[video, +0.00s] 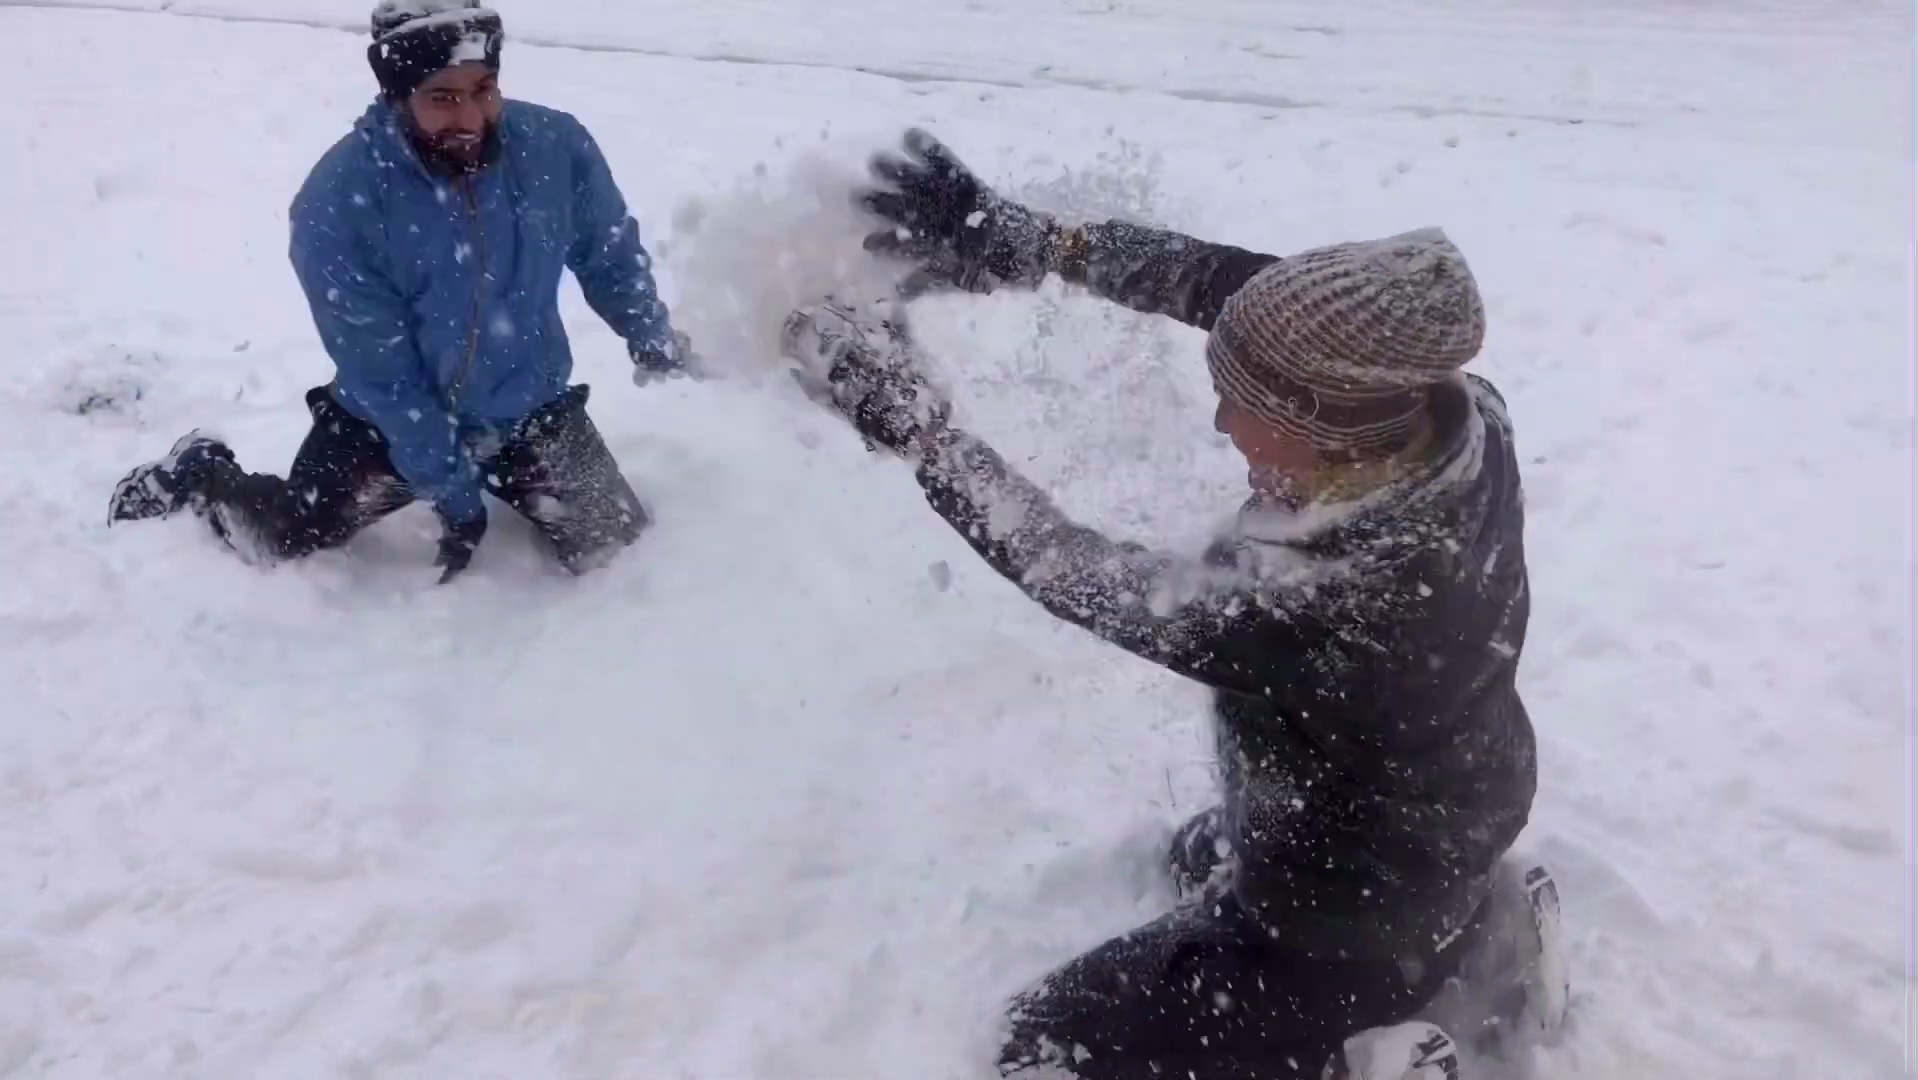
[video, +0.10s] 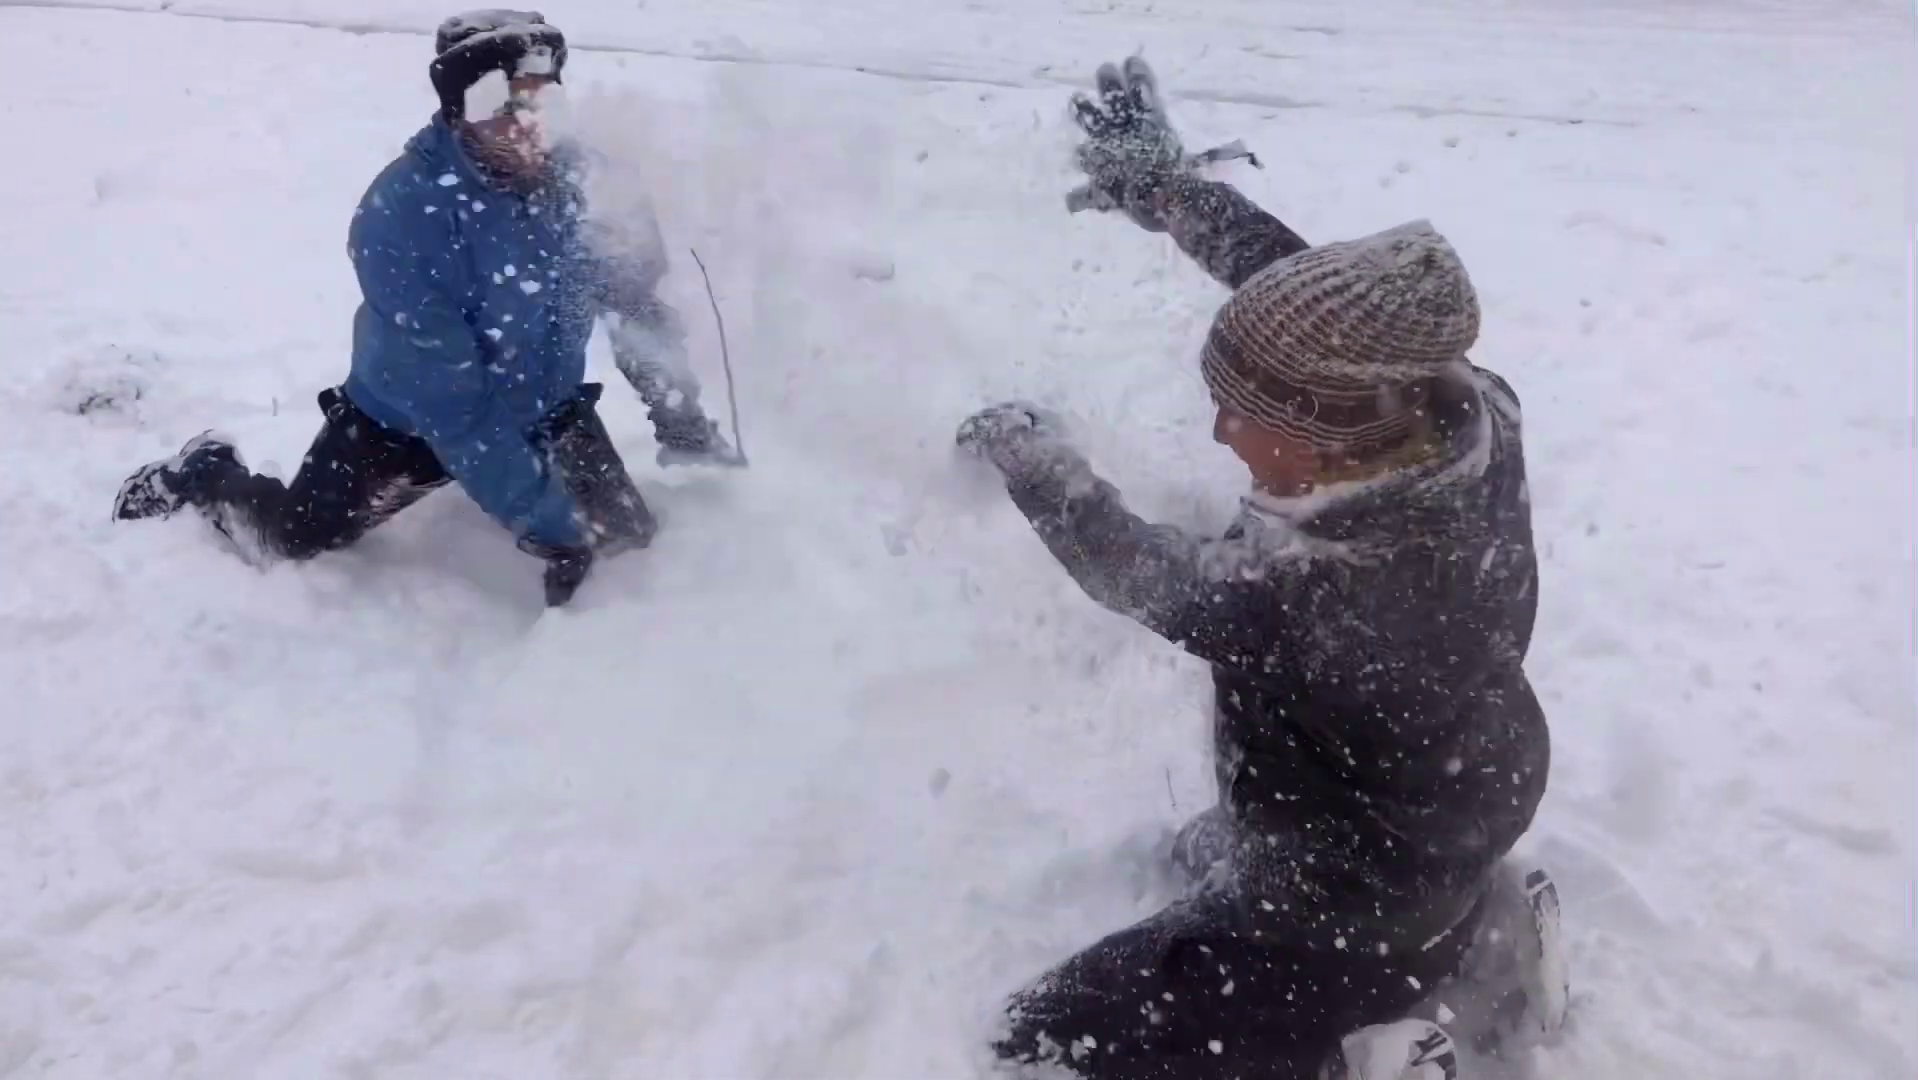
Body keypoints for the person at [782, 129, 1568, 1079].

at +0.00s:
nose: (1229, 428)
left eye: (1252, 418)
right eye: (1235, 404)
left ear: (1342, 436)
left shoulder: (1335, 618)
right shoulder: (1439, 409)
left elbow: (1079, 573)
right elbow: (1224, 289)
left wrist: (916, 422)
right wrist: (1013, 239)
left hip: (1366, 905)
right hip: (1448, 791)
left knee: (1045, 1042)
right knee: (1200, 860)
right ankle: (1445, 905)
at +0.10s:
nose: (1223, 428)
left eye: (1242, 415)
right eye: (1227, 406)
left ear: (1330, 431)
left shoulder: (1334, 592)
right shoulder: (1460, 407)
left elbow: (1142, 576)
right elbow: (1321, 291)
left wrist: (1034, 459)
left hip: (1389, 877)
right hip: (1467, 761)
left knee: (1045, 1043)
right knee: (1205, 855)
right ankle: (1469, 929)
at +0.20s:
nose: (1219, 445)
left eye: (1237, 431)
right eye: (1222, 423)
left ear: (1326, 447)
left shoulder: (1331, 614)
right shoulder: (1487, 422)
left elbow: (1147, 626)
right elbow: (1405, 303)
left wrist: (1135, 475)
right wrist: (1293, 192)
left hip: (1365, 911)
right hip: (1484, 791)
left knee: (1035, 1039)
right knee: (1203, 852)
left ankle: (1330, 1055)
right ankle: (1462, 935)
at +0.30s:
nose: (1221, 463)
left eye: (1238, 445)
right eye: (1223, 440)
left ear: (1317, 458)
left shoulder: (1322, 619)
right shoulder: (1502, 450)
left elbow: (1153, 653)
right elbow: (1441, 327)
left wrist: (1167, 491)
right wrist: (1335, 205)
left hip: (1370, 920)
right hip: (1485, 825)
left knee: (1037, 1041)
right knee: (1206, 849)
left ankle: (1346, 1056)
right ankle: (1477, 947)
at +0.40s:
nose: (1240, 505)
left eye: (1255, 481)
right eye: (1238, 477)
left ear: (1336, 485)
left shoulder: (1345, 638)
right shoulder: (1519, 475)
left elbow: (1172, 719)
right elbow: (1476, 352)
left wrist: (1190, 539)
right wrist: (1344, 220)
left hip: (1371, 940)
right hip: (1488, 846)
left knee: (1034, 1043)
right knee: (1190, 854)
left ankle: (1333, 1057)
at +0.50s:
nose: (1259, 559)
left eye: (1264, 534)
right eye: (1249, 535)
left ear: (1344, 511)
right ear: (1406, 444)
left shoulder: (1380, 678)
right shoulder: (1529, 472)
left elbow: (1207, 797)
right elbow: (1448, 343)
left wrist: (1169, 588)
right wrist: (1288, 246)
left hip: (1398, 961)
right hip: (1502, 872)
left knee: (1038, 1042)